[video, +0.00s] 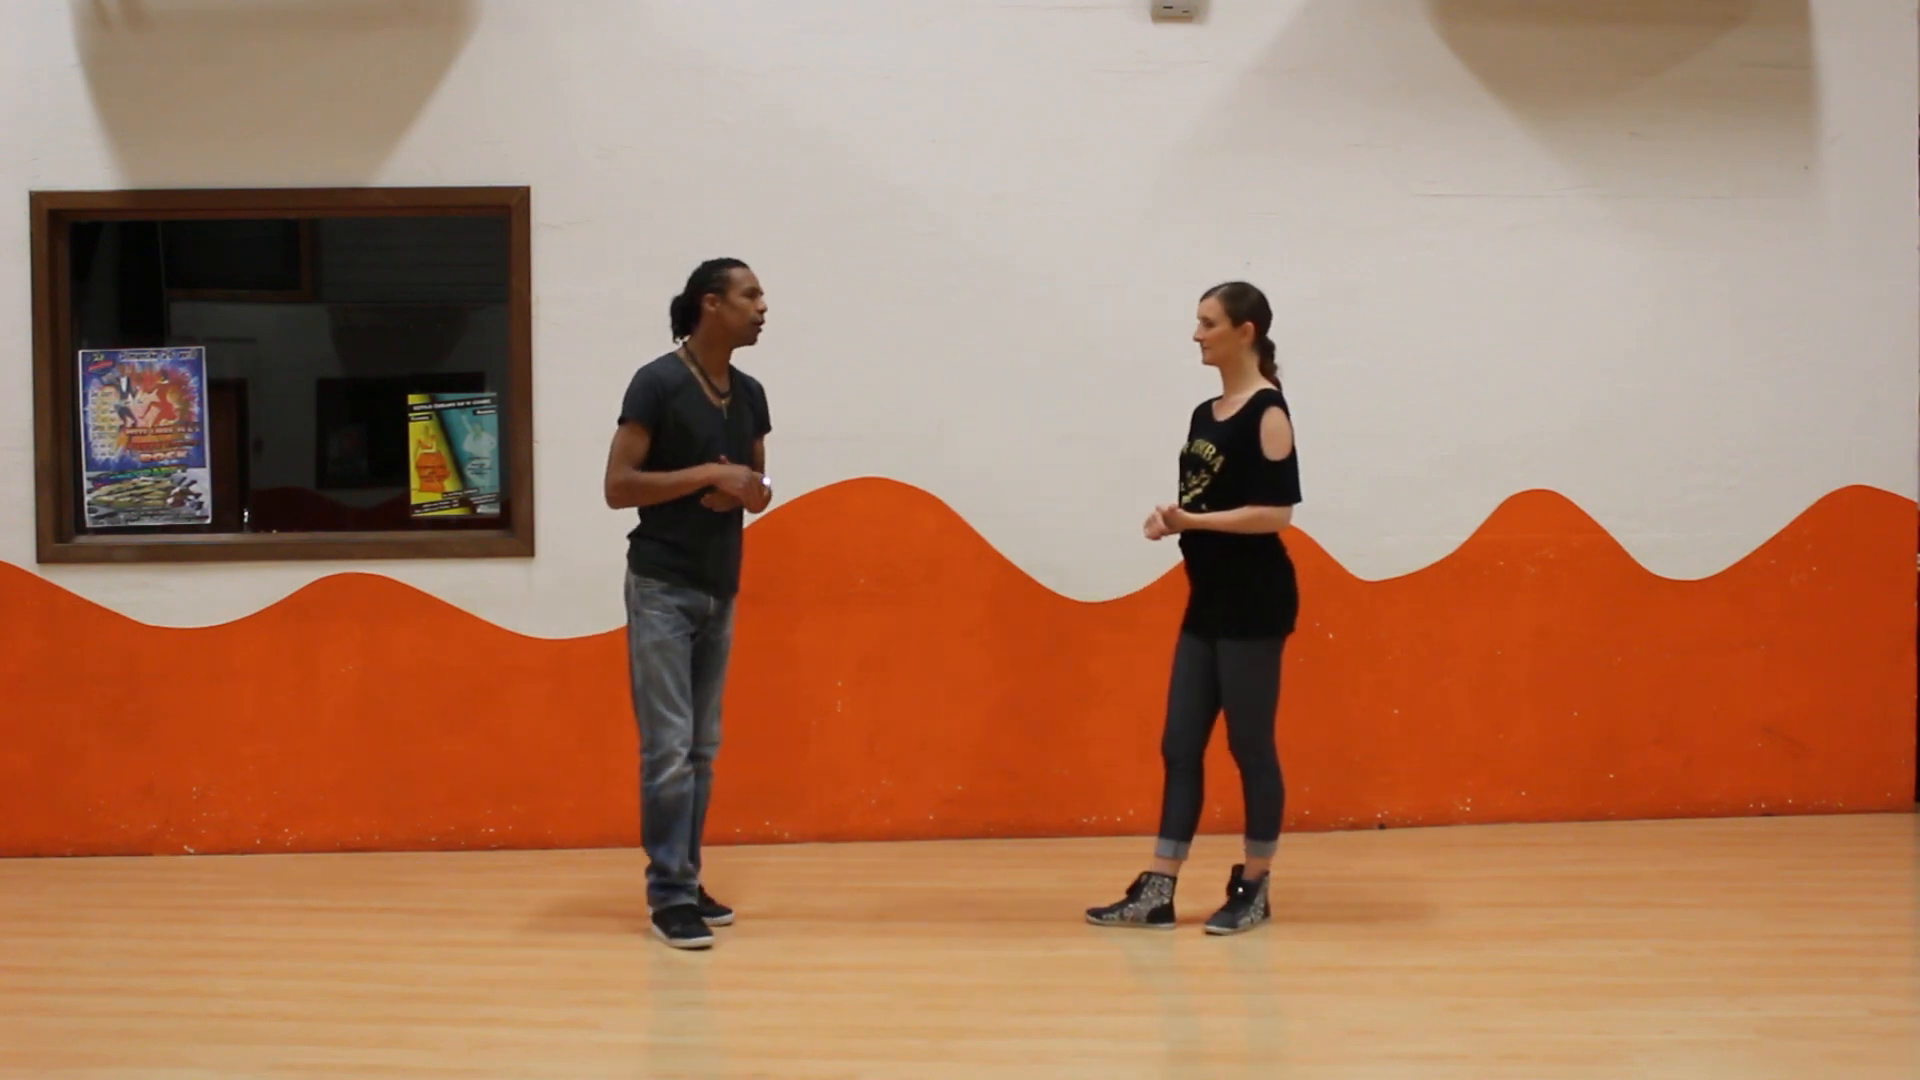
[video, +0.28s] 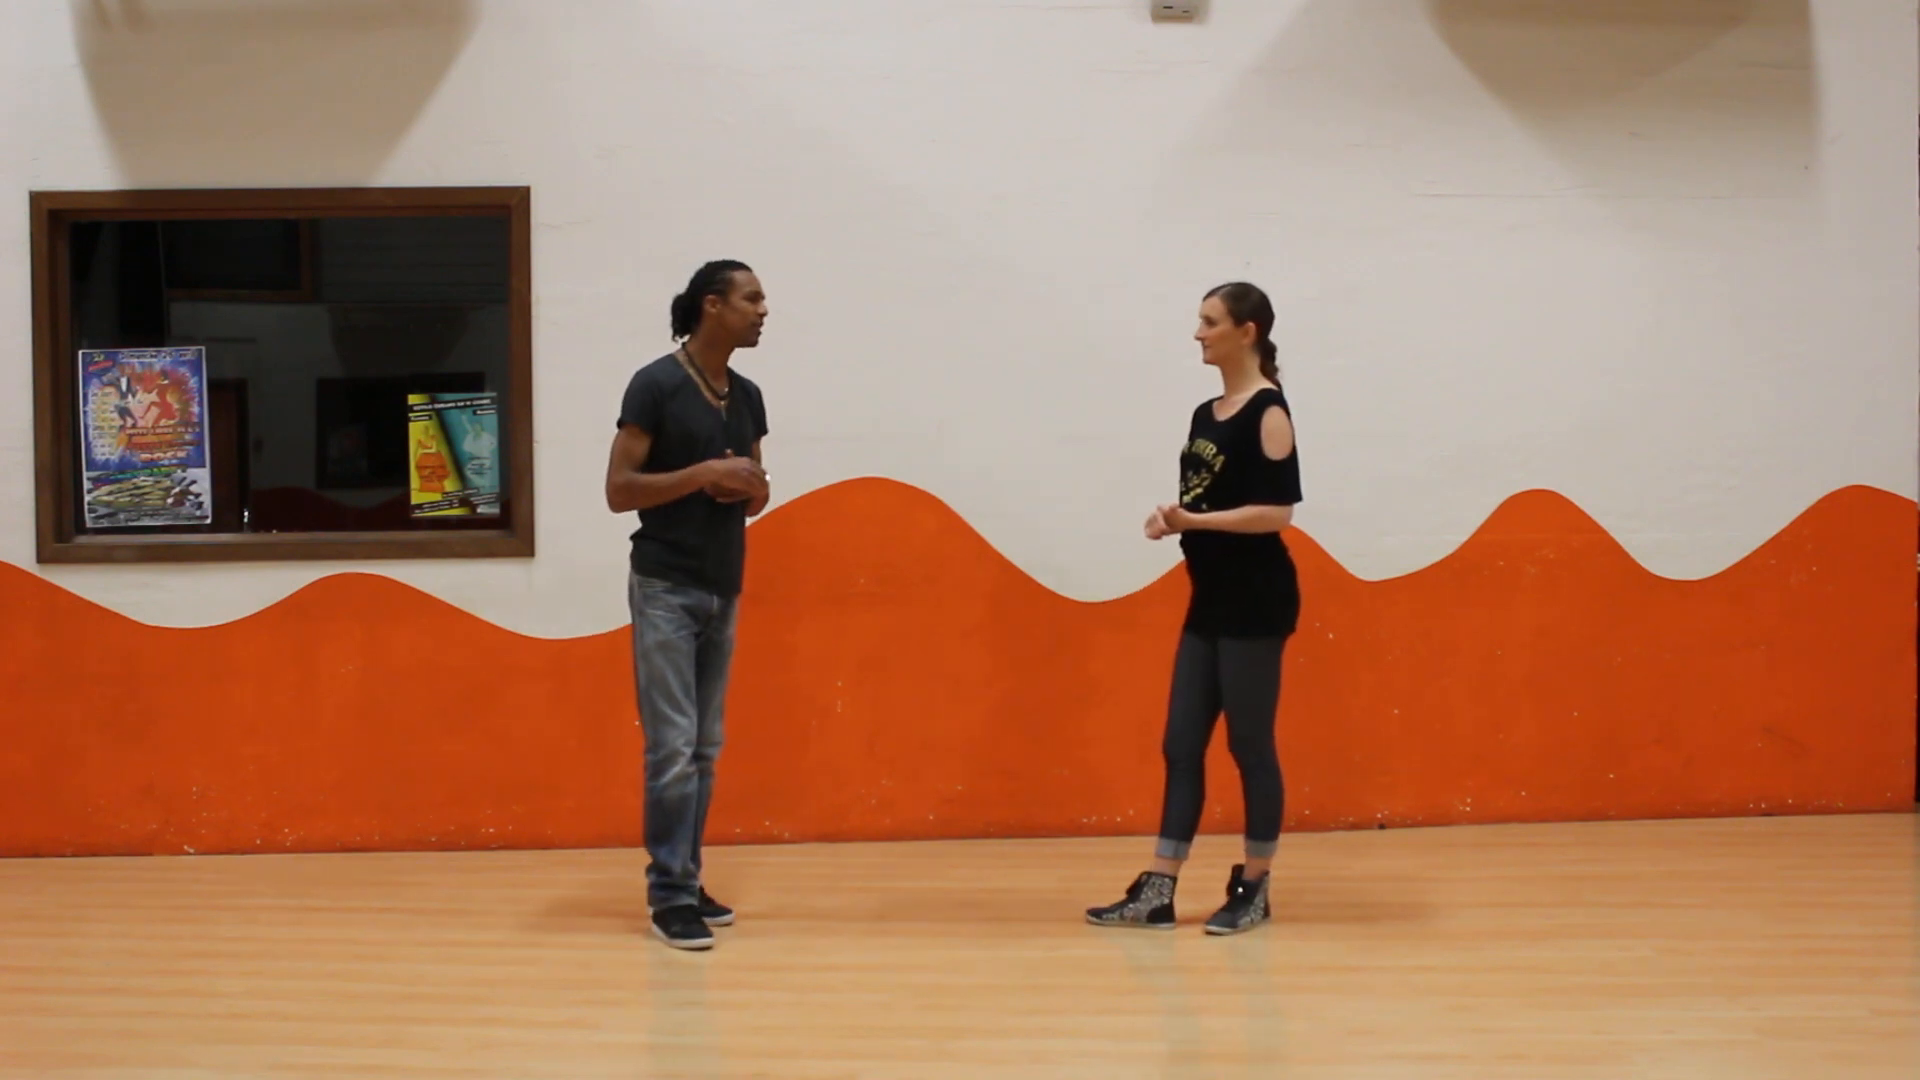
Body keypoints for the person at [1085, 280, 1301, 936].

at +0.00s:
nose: (1197, 335)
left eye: (1209, 325)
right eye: (1198, 324)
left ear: (1248, 331)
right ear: (1232, 332)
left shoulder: (1270, 414)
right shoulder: (1206, 412)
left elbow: (1276, 514)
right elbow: (1210, 502)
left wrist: (1193, 520)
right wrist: (1174, 516)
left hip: (1255, 603)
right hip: (1207, 598)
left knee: (1252, 745)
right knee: (1180, 745)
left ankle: (1253, 889)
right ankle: (1158, 889)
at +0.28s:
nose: (1198, 334)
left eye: (1210, 324)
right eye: (1200, 323)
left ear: (1249, 331)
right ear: (1235, 332)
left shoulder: (1270, 413)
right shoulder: (1206, 413)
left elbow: (1277, 513)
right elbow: (1210, 502)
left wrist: (1194, 520)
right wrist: (1175, 516)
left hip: (1256, 603)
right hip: (1209, 599)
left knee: (1252, 745)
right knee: (1182, 745)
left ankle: (1253, 889)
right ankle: (1158, 890)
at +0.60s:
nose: (1199, 334)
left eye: (1211, 324)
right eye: (1201, 323)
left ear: (1250, 331)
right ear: (1237, 332)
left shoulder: (1272, 413)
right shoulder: (1210, 412)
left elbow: (1278, 513)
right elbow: (1213, 502)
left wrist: (1194, 519)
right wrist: (1176, 515)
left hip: (1257, 604)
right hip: (1210, 599)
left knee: (1252, 745)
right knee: (1182, 745)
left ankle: (1253, 889)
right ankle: (1158, 890)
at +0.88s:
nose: (1200, 334)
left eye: (1212, 324)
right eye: (1202, 323)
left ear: (1251, 332)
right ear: (1238, 332)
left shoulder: (1273, 414)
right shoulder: (1211, 413)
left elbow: (1279, 514)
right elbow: (1215, 503)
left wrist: (1196, 520)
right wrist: (1177, 516)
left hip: (1258, 604)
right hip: (1211, 599)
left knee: (1253, 745)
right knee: (1182, 745)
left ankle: (1253, 889)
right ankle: (1158, 890)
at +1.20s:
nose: (1201, 335)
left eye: (1213, 325)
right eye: (1203, 324)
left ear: (1252, 333)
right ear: (1238, 333)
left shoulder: (1275, 415)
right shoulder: (1212, 413)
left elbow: (1281, 514)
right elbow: (1216, 503)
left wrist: (1197, 521)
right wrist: (1178, 516)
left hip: (1258, 604)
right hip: (1211, 599)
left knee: (1253, 745)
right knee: (1182, 746)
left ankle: (1252, 889)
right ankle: (1158, 890)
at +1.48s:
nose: (1202, 335)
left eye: (1214, 325)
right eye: (1203, 324)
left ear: (1253, 333)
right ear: (1237, 333)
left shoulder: (1275, 415)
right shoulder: (1211, 414)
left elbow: (1282, 514)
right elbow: (1216, 504)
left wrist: (1198, 521)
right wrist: (1179, 516)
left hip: (1259, 604)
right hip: (1212, 599)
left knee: (1253, 745)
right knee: (1183, 746)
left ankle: (1252, 890)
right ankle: (1158, 890)